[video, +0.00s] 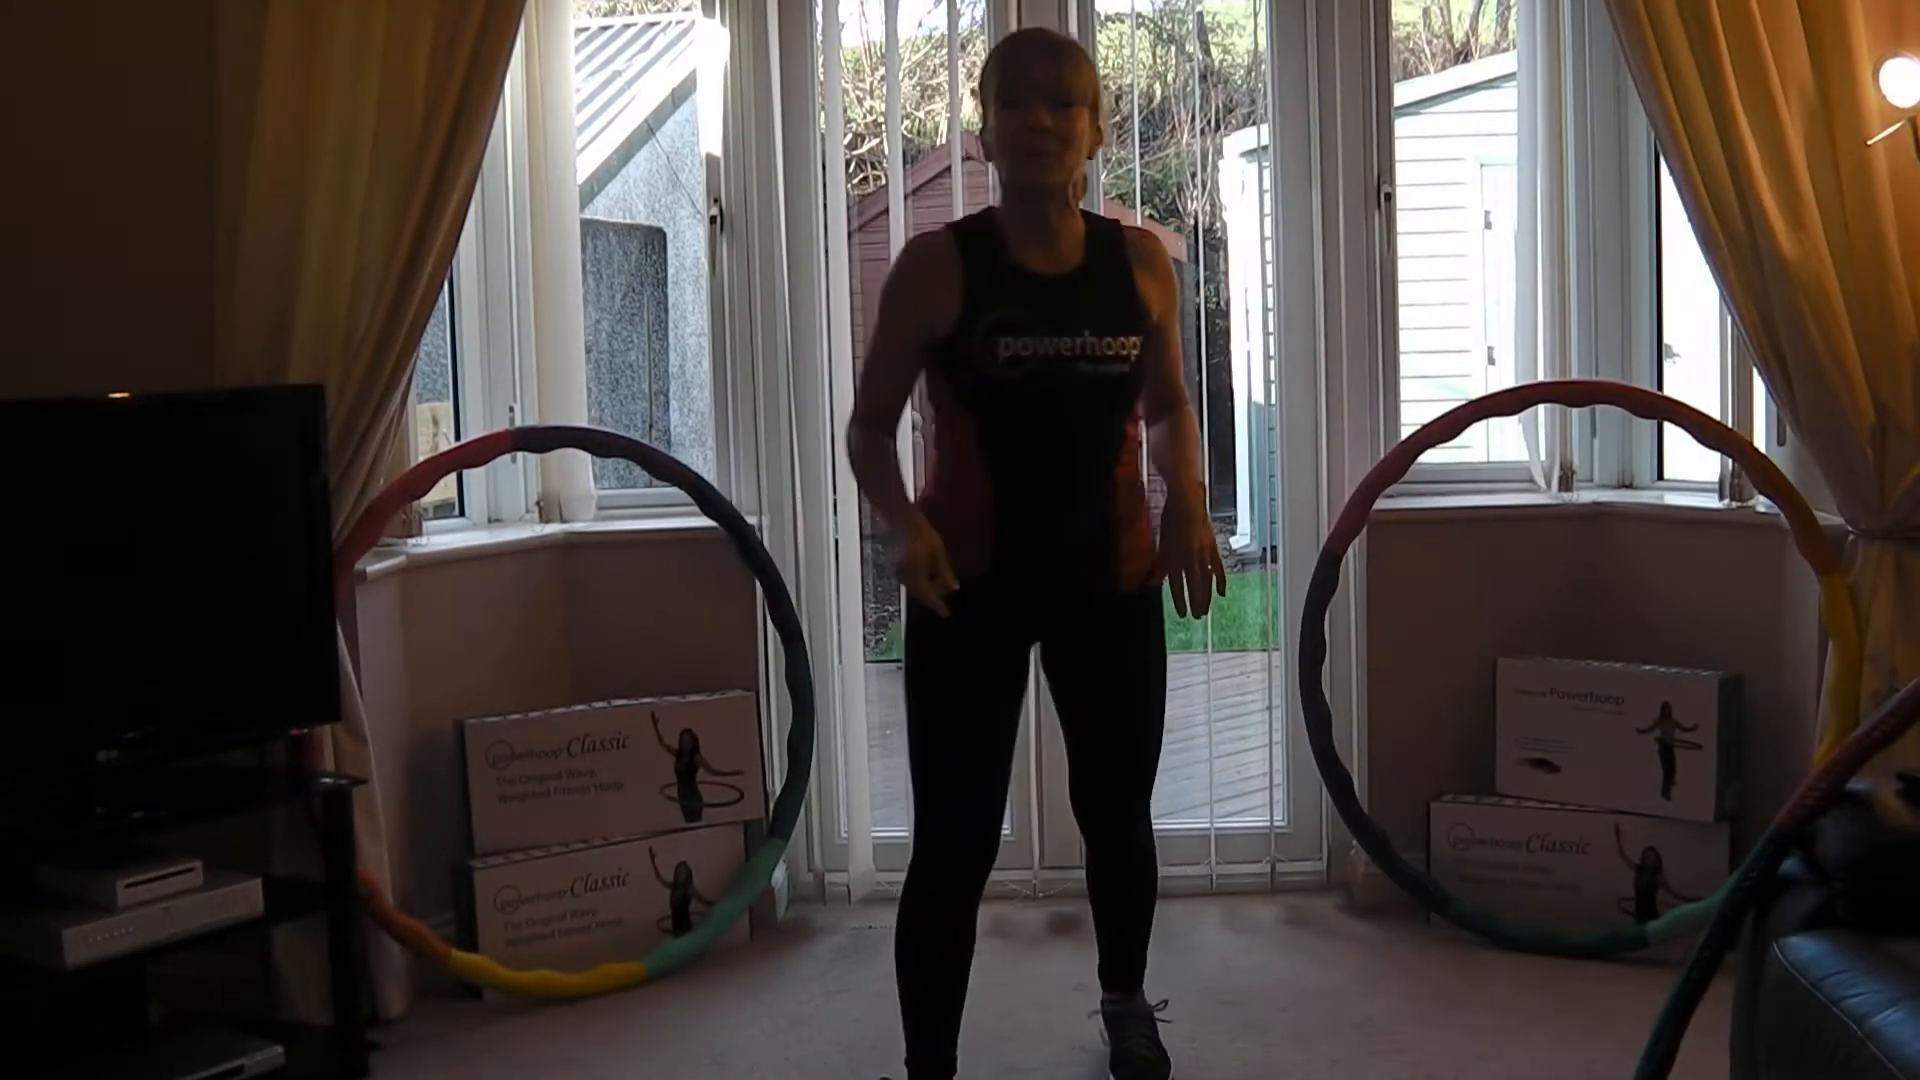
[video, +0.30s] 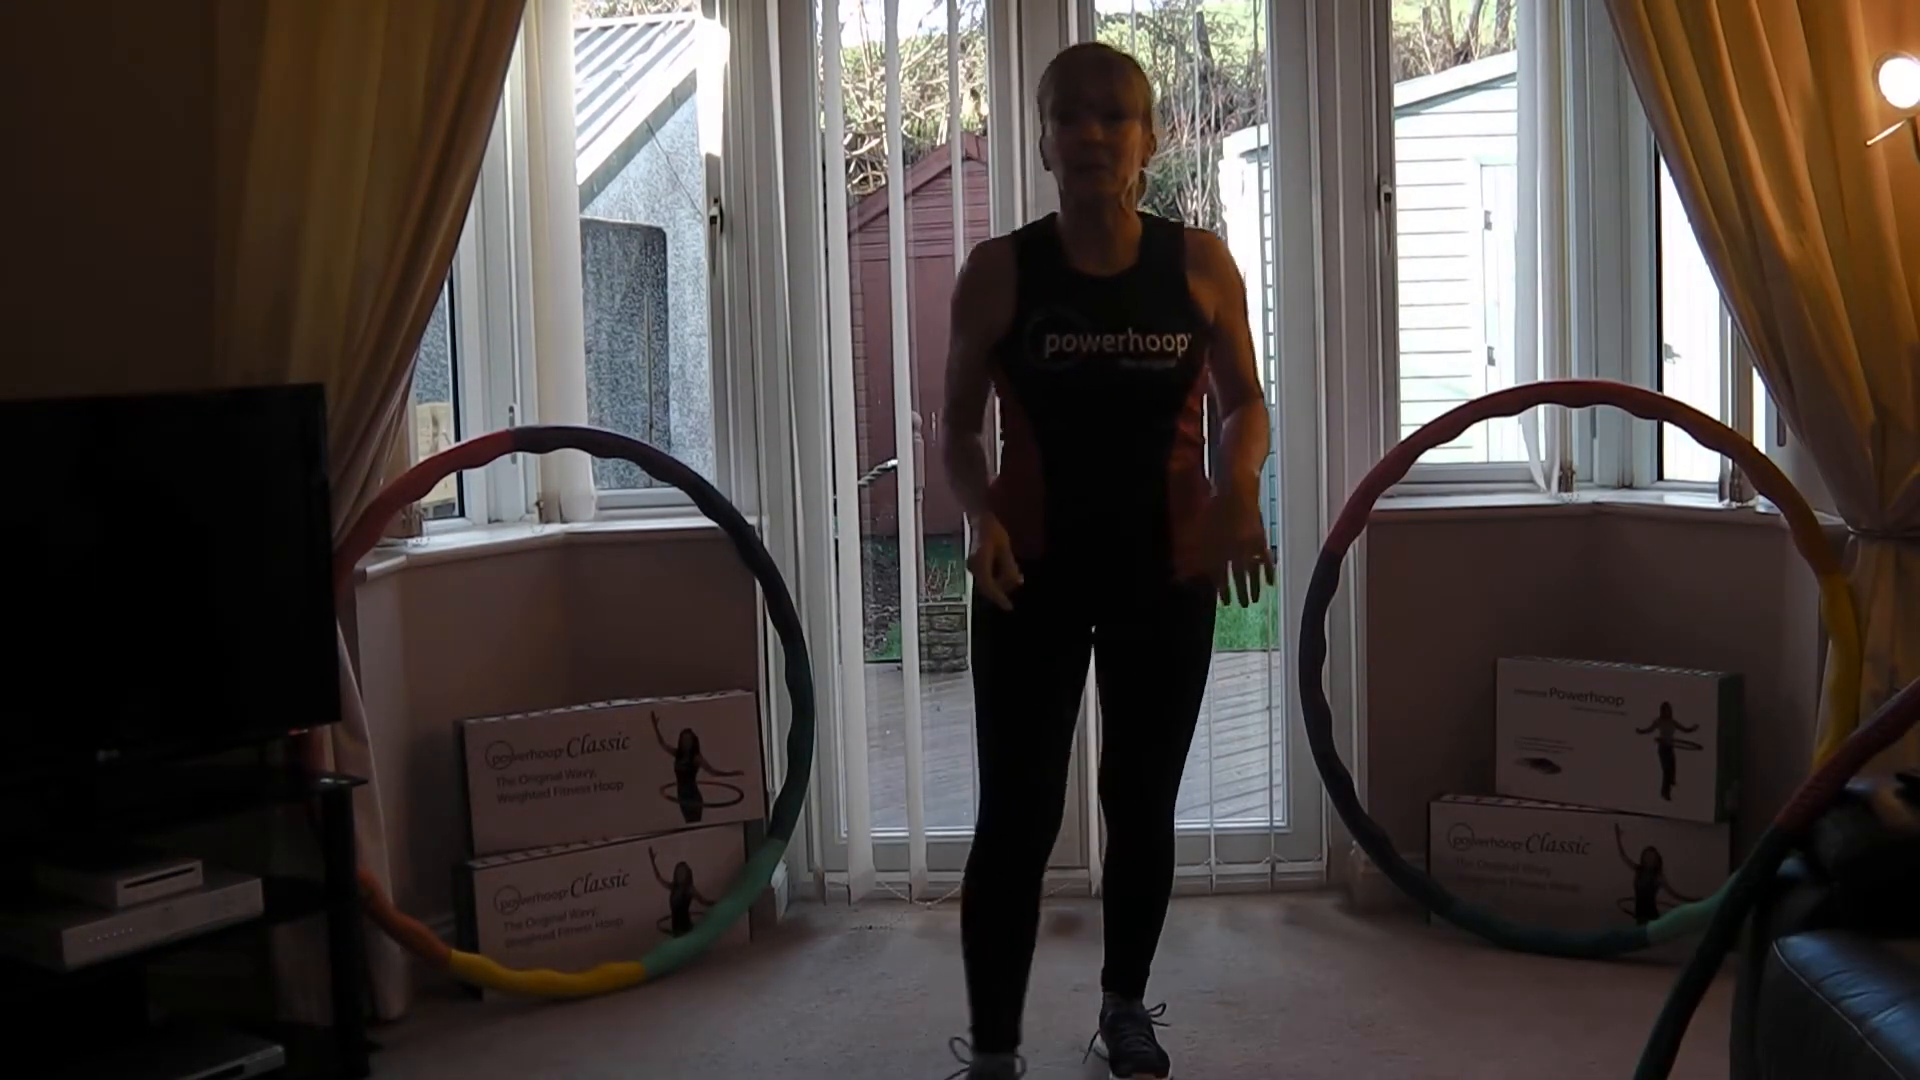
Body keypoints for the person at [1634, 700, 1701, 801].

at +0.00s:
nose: (1667, 712)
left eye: (1668, 710)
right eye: (1665, 710)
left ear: (1670, 711)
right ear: (1662, 711)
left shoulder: (1671, 721)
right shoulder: (1660, 721)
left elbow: (1683, 729)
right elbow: (1651, 729)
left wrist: (1692, 728)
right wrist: (1641, 731)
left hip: (1669, 747)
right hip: (1663, 747)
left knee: (1671, 769)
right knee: (1667, 770)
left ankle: (1667, 791)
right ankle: (1665, 792)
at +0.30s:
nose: (1667, 713)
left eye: (1668, 710)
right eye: (1665, 710)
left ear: (1670, 711)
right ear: (1661, 711)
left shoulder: (1671, 721)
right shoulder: (1659, 721)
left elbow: (1683, 729)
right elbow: (1651, 729)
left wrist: (1692, 729)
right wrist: (1641, 731)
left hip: (1669, 747)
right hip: (1662, 748)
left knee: (1671, 769)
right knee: (1667, 770)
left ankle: (1667, 791)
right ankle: (1665, 792)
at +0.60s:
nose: (1667, 712)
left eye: (1668, 710)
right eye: (1665, 710)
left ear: (1670, 711)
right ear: (1662, 711)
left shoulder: (1671, 721)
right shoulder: (1659, 721)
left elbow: (1683, 729)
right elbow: (1651, 729)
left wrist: (1692, 728)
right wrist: (1641, 731)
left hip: (1669, 747)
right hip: (1662, 748)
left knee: (1670, 770)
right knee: (1667, 770)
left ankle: (1667, 792)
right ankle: (1665, 792)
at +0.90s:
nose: (1667, 713)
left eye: (1668, 710)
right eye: (1665, 710)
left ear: (1670, 711)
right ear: (1662, 711)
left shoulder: (1672, 721)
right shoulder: (1659, 721)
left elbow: (1684, 730)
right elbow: (1651, 730)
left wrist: (1693, 729)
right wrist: (1641, 731)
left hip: (1669, 747)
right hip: (1663, 748)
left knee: (1671, 769)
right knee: (1667, 770)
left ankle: (1667, 791)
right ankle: (1665, 792)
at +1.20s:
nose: (1667, 713)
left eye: (1668, 710)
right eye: (1665, 710)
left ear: (1670, 711)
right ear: (1662, 711)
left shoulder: (1672, 721)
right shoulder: (1659, 721)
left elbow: (1684, 730)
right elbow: (1651, 730)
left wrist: (1693, 729)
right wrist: (1641, 731)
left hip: (1669, 747)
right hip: (1663, 748)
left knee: (1671, 769)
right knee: (1667, 770)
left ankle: (1667, 791)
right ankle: (1665, 792)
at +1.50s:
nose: (1667, 712)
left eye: (1668, 710)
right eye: (1665, 710)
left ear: (1670, 711)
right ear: (1662, 711)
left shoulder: (1671, 721)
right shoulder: (1659, 721)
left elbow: (1683, 730)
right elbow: (1650, 730)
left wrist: (1692, 729)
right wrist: (1641, 732)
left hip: (1669, 748)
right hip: (1662, 748)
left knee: (1670, 770)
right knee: (1667, 771)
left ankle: (1667, 791)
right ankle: (1665, 792)